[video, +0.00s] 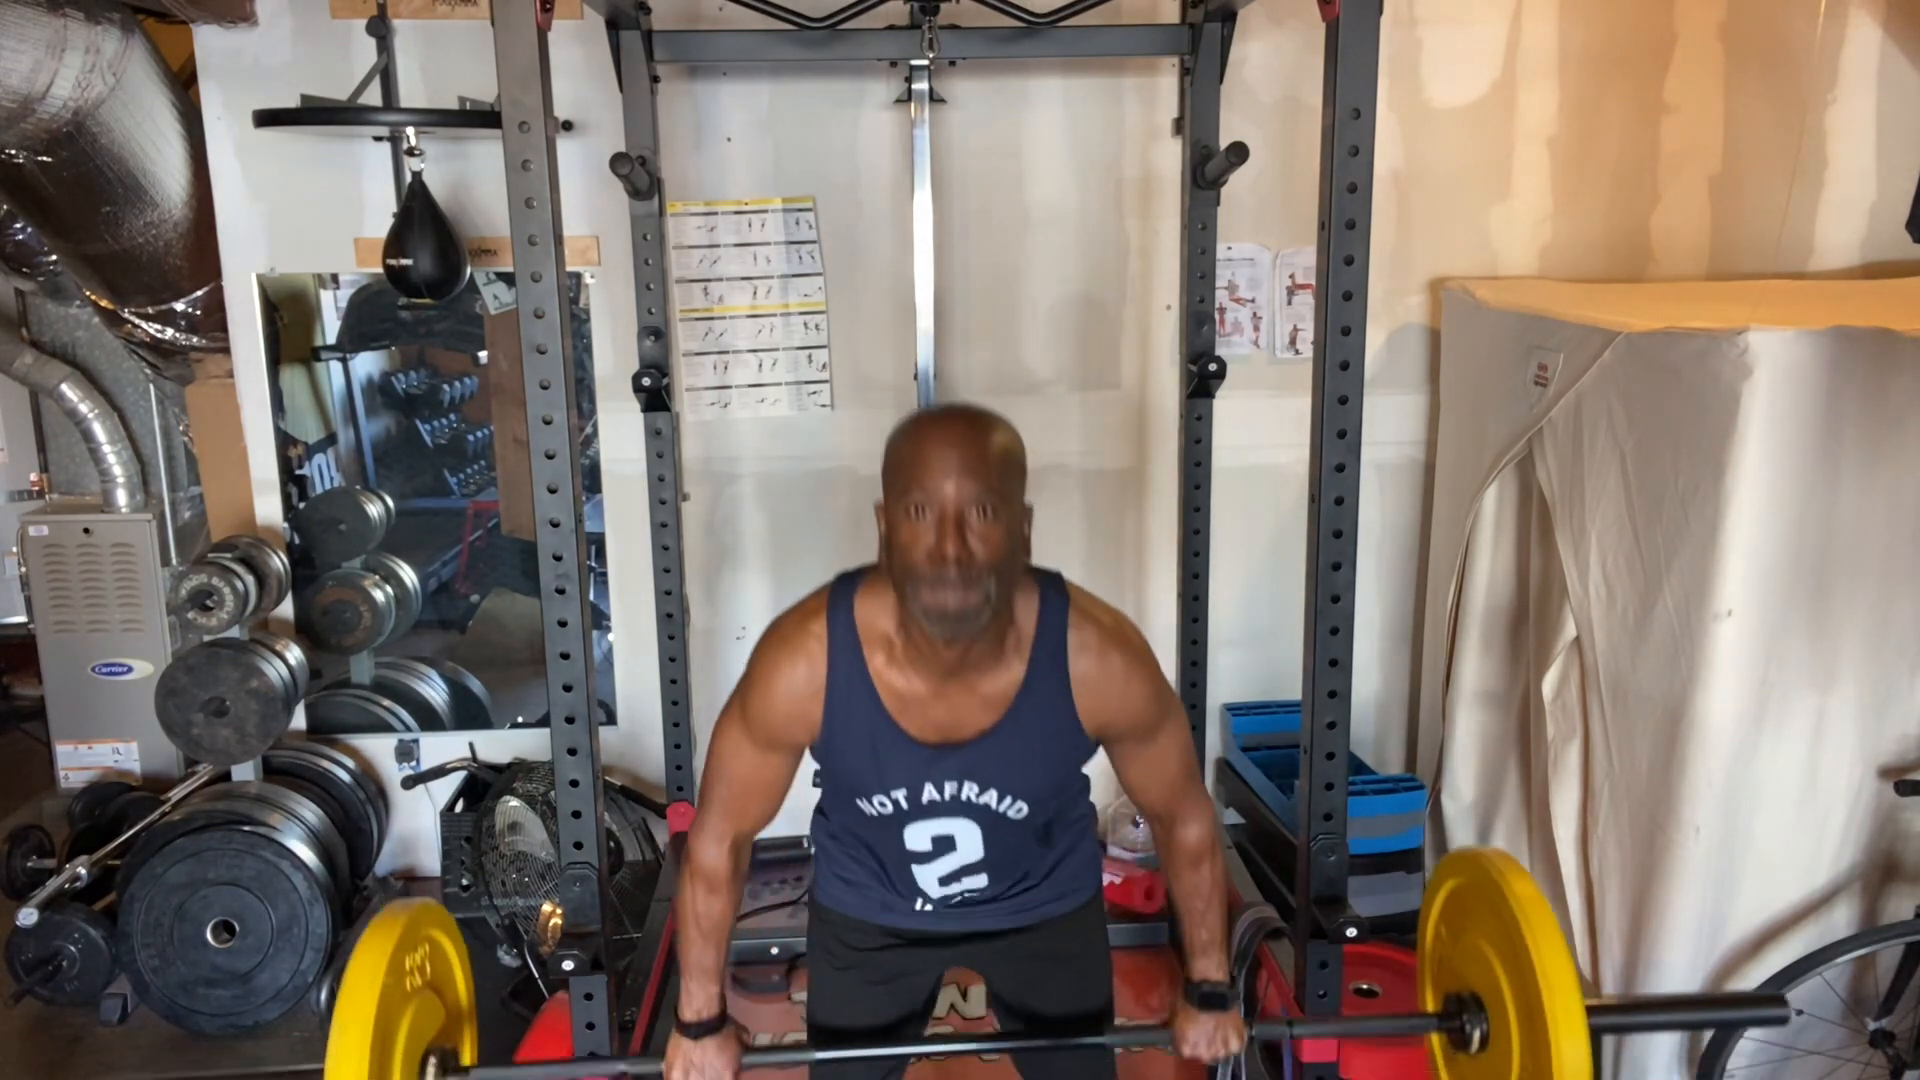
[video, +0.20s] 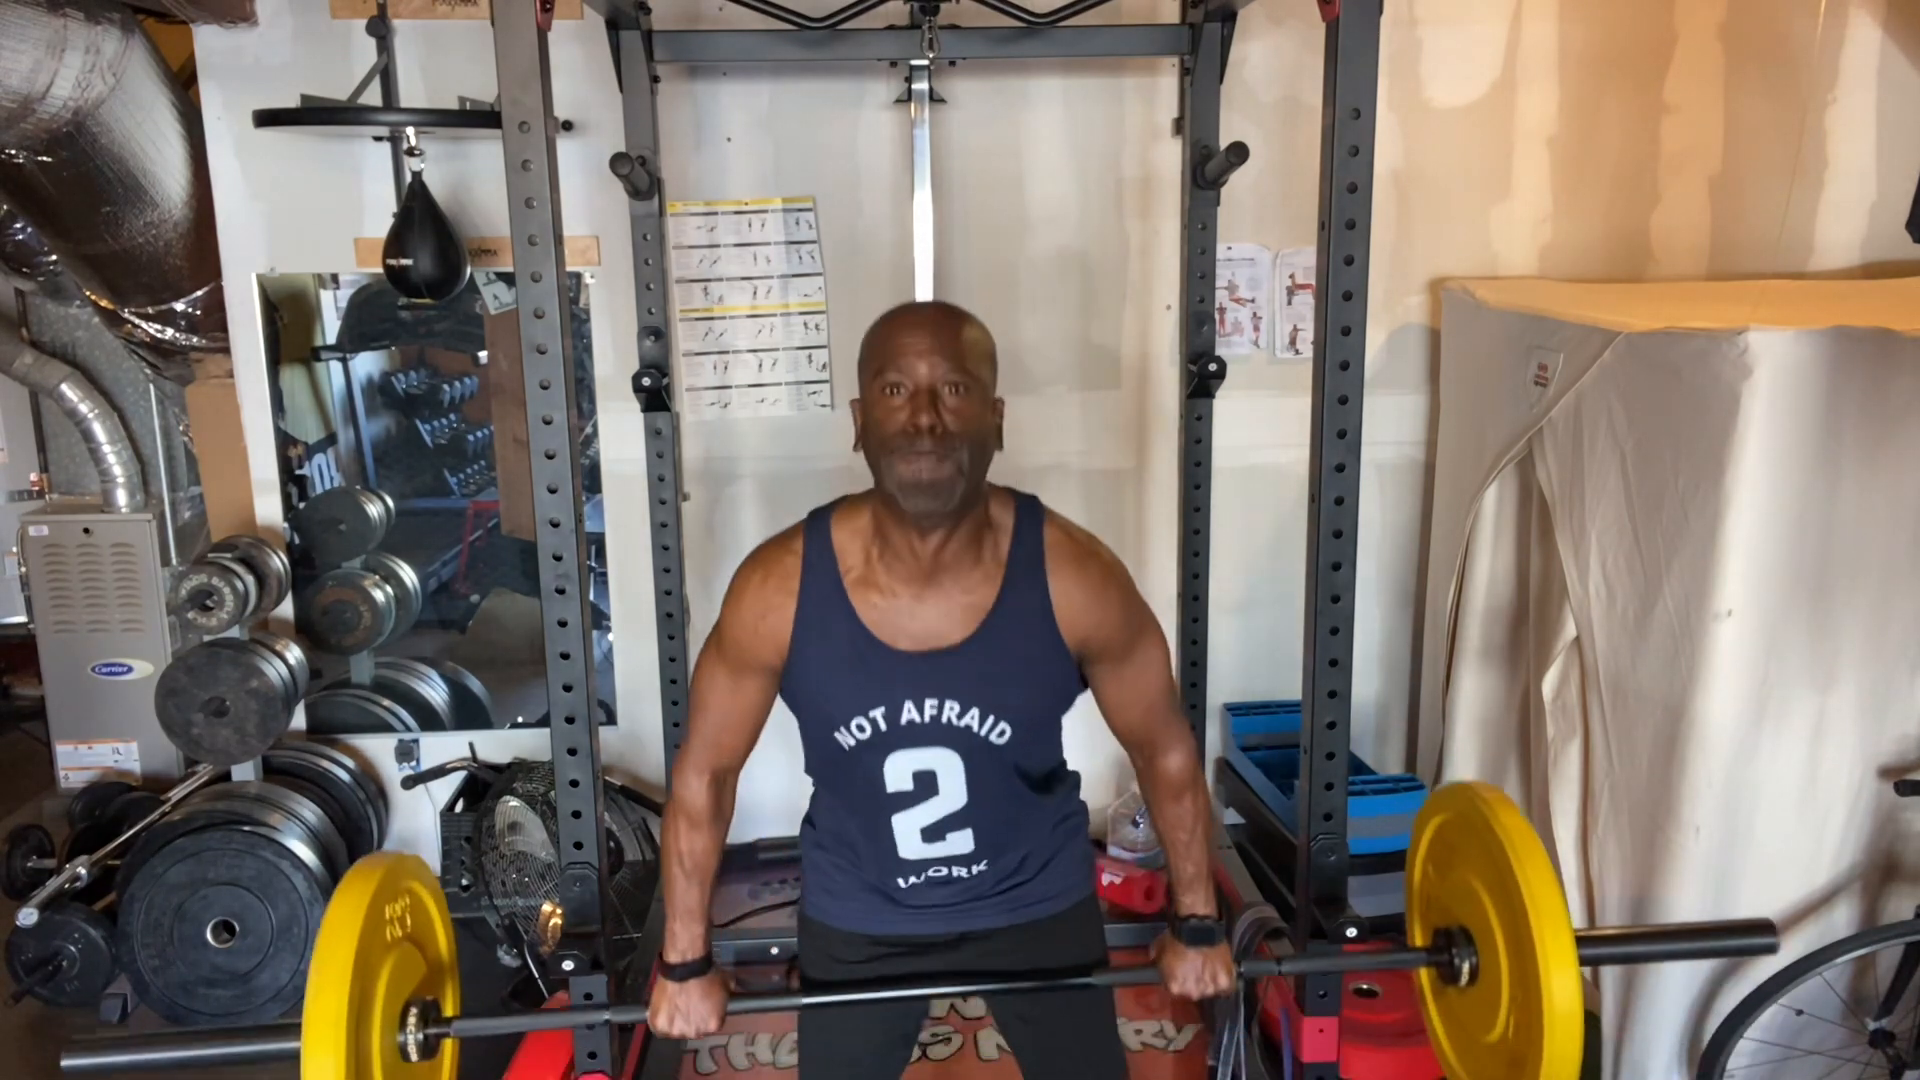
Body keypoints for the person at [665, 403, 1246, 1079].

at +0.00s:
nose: (949, 545)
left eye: (980, 514)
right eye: (920, 513)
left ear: (1025, 528)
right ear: (883, 524)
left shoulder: (1099, 657)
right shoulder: (804, 658)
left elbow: (1184, 816)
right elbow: (716, 842)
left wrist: (1212, 986)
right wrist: (701, 1018)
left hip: (1044, 914)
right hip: (871, 918)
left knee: (1075, 1067)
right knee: (848, 1073)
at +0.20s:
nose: (924, 414)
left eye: (953, 389)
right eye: (896, 390)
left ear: (997, 419)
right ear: (858, 422)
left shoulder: (1073, 575)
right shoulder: (780, 585)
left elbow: (1164, 745)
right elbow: (704, 770)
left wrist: (1198, 917)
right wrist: (683, 956)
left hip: (1034, 911)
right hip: (860, 919)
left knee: (1089, 1067)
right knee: (837, 1069)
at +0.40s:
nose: (951, 361)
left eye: (977, 344)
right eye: (922, 345)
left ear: (1019, 383)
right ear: (886, 387)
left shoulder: (1095, 549)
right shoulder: (806, 556)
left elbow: (1174, 730)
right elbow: (723, 748)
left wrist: (1203, 901)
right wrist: (692, 934)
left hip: (1050, 925)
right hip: (869, 929)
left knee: (1083, 1063)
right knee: (850, 1062)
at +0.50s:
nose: (974, 344)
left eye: (1001, 326)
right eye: (947, 327)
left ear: (1043, 365)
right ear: (912, 368)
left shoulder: (1117, 536)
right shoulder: (830, 537)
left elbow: (1188, 721)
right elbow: (743, 732)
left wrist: (1218, 897)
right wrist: (707, 918)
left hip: (1064, 915)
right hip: (884, 918)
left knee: (1095, 1064)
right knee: (848, 1065)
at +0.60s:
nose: (996, 326)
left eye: (1023, 309)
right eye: (969, 308)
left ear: (1065, 348)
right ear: (932, 348)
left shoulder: (1138, 519)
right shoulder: (852, 518)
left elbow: (1201, 712)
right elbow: (765, 715)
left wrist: (1231, 889)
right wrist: (722, 900)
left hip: (1078, 908)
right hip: (896, 907)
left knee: (1093, 1065)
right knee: (854, 1065)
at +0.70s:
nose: (1000, 317)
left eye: (1026, 301)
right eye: (973, 301)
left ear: (1067, 341)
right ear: (937, 341)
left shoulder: (1137, 510)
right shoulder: (854, 506)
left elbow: (1203, 702)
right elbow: (771, 703)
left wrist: (1239, 885)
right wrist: (730, 890)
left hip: (1085, 903)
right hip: (904, 902)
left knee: (1095, 1064)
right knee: (866, 1065)